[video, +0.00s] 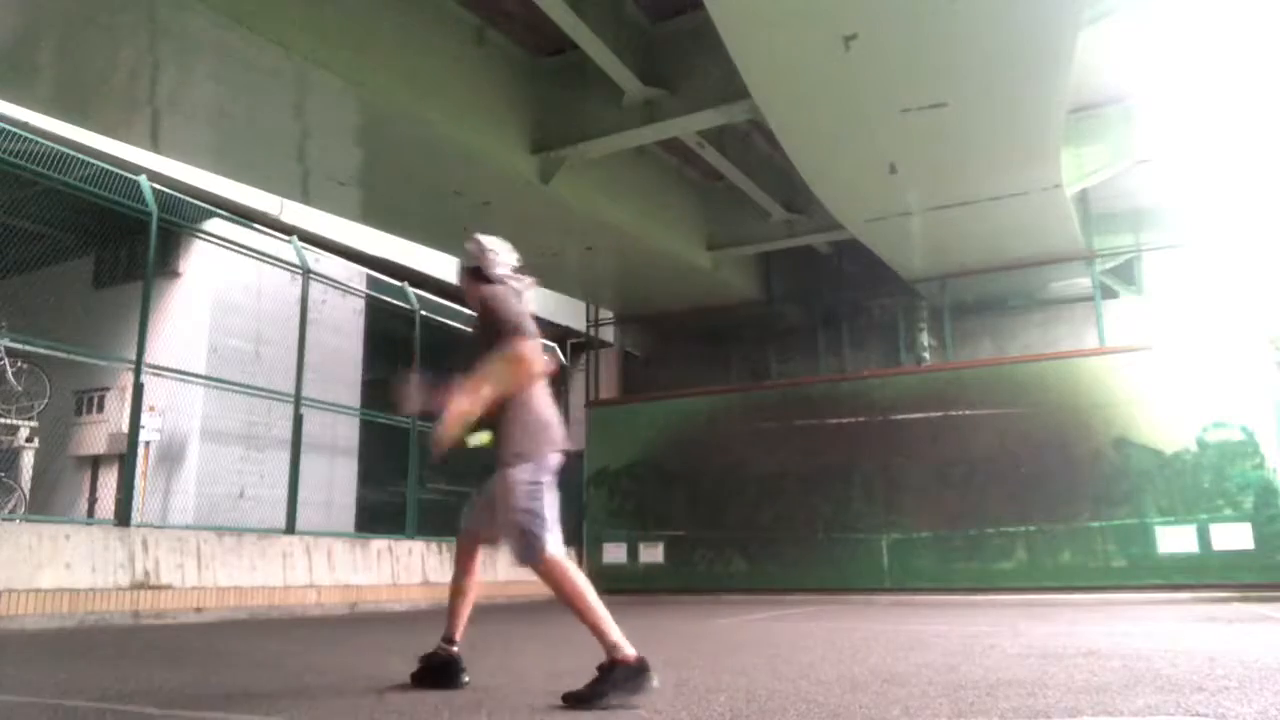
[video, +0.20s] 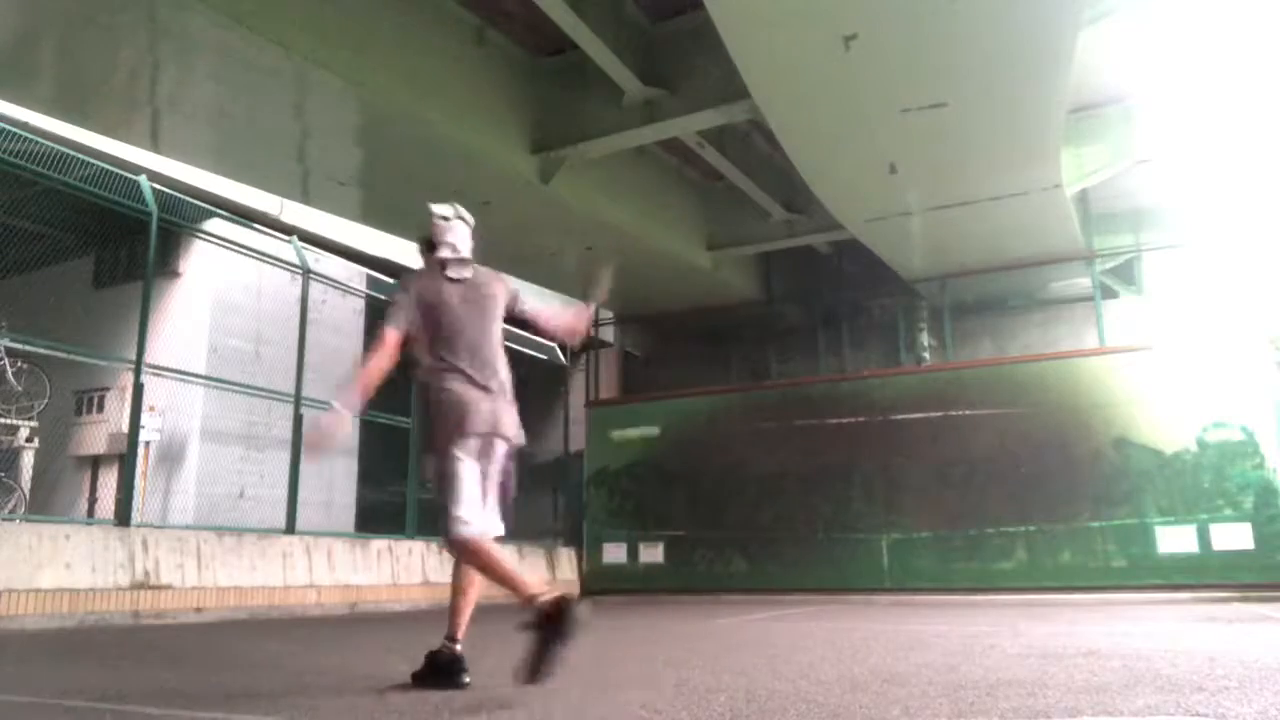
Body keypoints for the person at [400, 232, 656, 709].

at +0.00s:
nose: (463, 287)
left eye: (466, 278)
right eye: (465, 279)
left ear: (478, 277)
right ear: (501, 275)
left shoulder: (500, 299)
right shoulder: (500, 311)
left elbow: (532, 358)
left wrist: (474, 395)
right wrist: (440, 400)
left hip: (532, 450)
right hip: (521, 451)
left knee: (540, 551)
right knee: (470, 536)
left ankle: (625, 659)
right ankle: (447, 654)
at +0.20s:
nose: (434, 250)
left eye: (430, 243)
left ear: (427, 245)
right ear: (470, 245)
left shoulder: (415, 288)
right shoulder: (496, 285)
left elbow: (383, 355)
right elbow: (555, 324)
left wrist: (343, 411)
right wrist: (579, 319)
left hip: (459, 415)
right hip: (504, 417)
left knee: (461, 532)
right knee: (476, 536)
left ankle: (544, 603)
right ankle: (451, 650)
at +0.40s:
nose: (410, 234)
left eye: (407, 226)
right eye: (415, 225)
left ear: (395, 227)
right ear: (438, 225)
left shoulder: (377, 275)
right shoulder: (468, 261)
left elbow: (327, 313)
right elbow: (537, 221)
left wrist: (269, 345)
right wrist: (584, 169)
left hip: (409, 416)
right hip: (462, 415)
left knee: (386, 529)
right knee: (454, 539)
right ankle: (449, 651)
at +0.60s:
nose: (384, 237)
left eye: (374, 228)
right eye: (397, 228)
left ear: (358, 234)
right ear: (403, 231)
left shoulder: (334, 283)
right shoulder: (426, 266)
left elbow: (290, 353)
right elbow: (507, 258)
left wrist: (261, 418)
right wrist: (539, 192)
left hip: (356, 429)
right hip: (421, 427)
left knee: (334, 549)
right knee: (433, 541)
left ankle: (334, 672)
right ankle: (436, 655)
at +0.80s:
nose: (369, 221)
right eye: (375, 213)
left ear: (330, 211)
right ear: (377, 213)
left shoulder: (302, 260)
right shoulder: (394, 253)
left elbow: (286, 348)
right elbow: (464, 288)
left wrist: (326, 366)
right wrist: (489, 273)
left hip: (315, 407)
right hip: (382, 405)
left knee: (314, 539)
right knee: (388, 529)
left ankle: (326, 668)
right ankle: (393, 645)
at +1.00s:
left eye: (321, 211)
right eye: (345, 212)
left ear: (308, 215)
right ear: (358, 216)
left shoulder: (280, 262)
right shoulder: (383, 266)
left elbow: (267, 350)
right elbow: (435, 338)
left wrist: (302, 357)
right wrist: (400, 385)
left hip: (283, 416)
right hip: (355, 417)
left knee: (253, 538)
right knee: (370, 543)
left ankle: (254, 646)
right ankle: (376, 673)